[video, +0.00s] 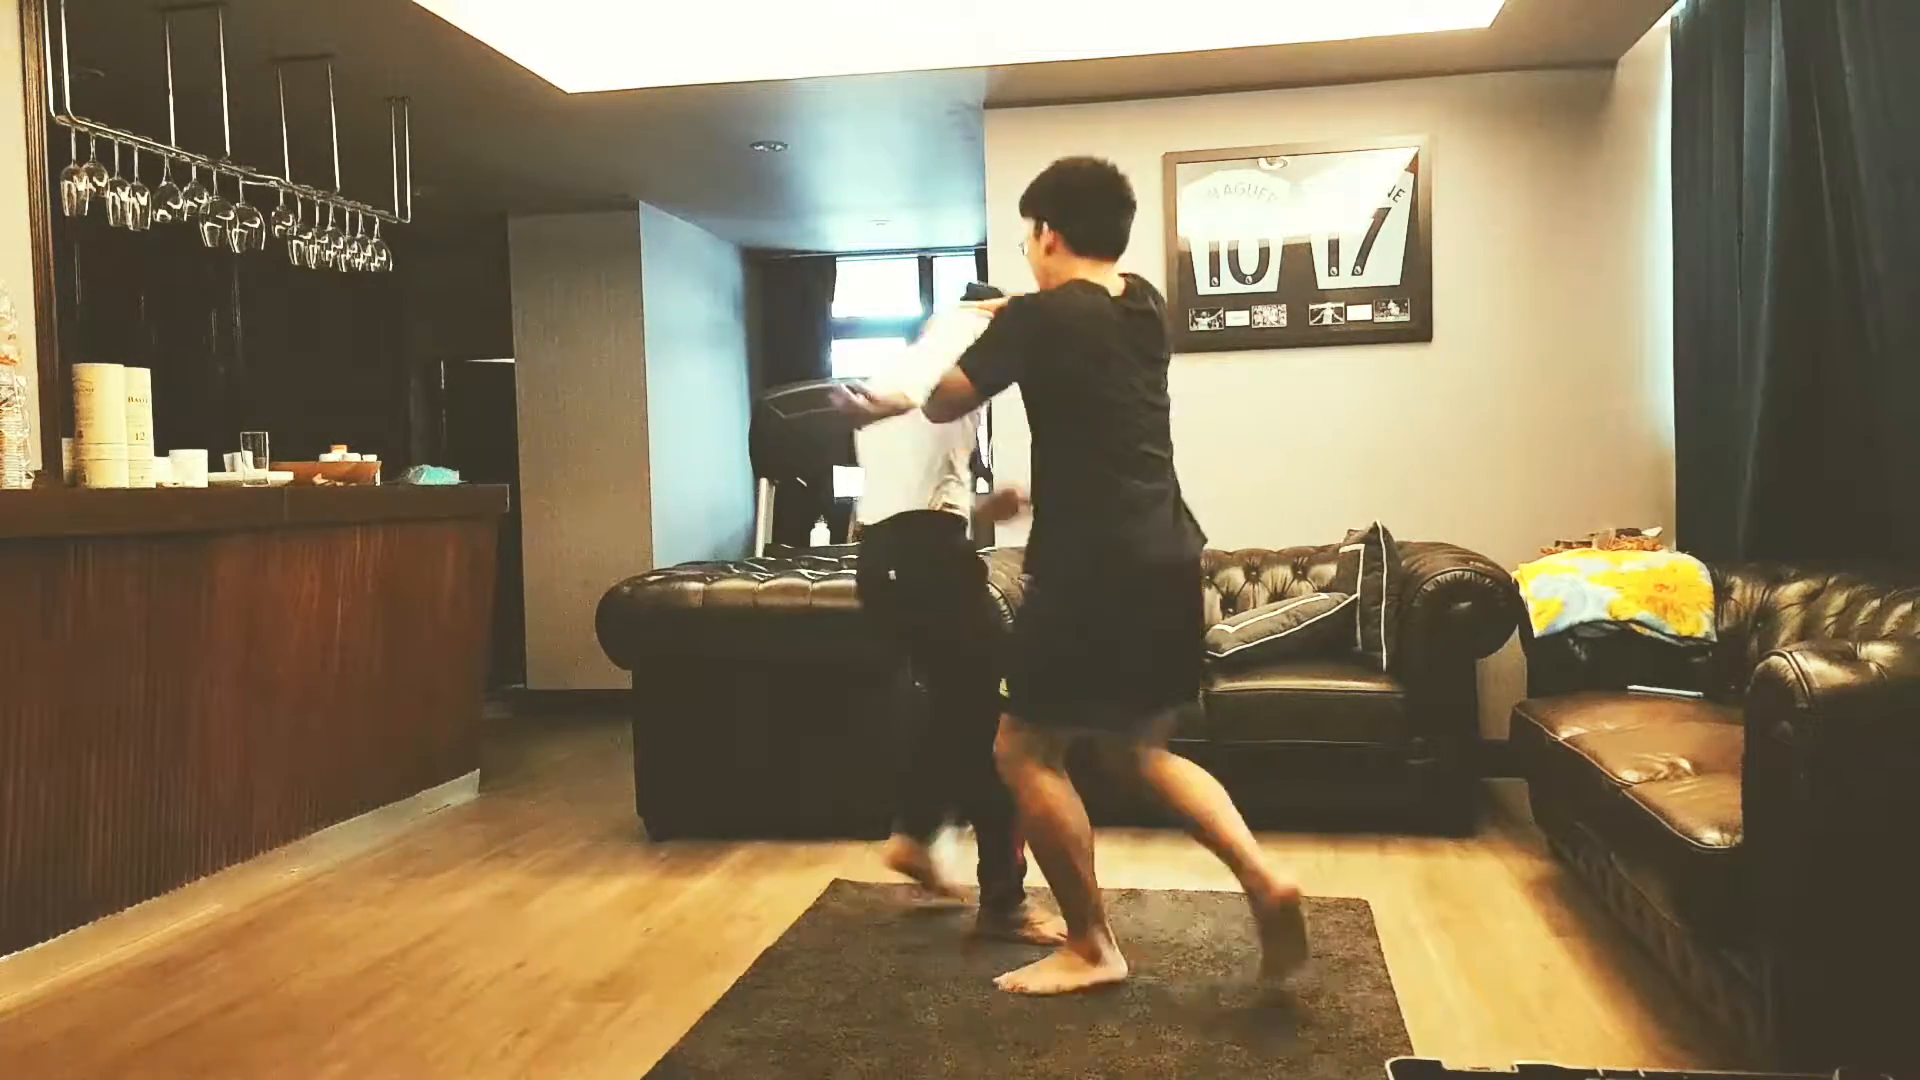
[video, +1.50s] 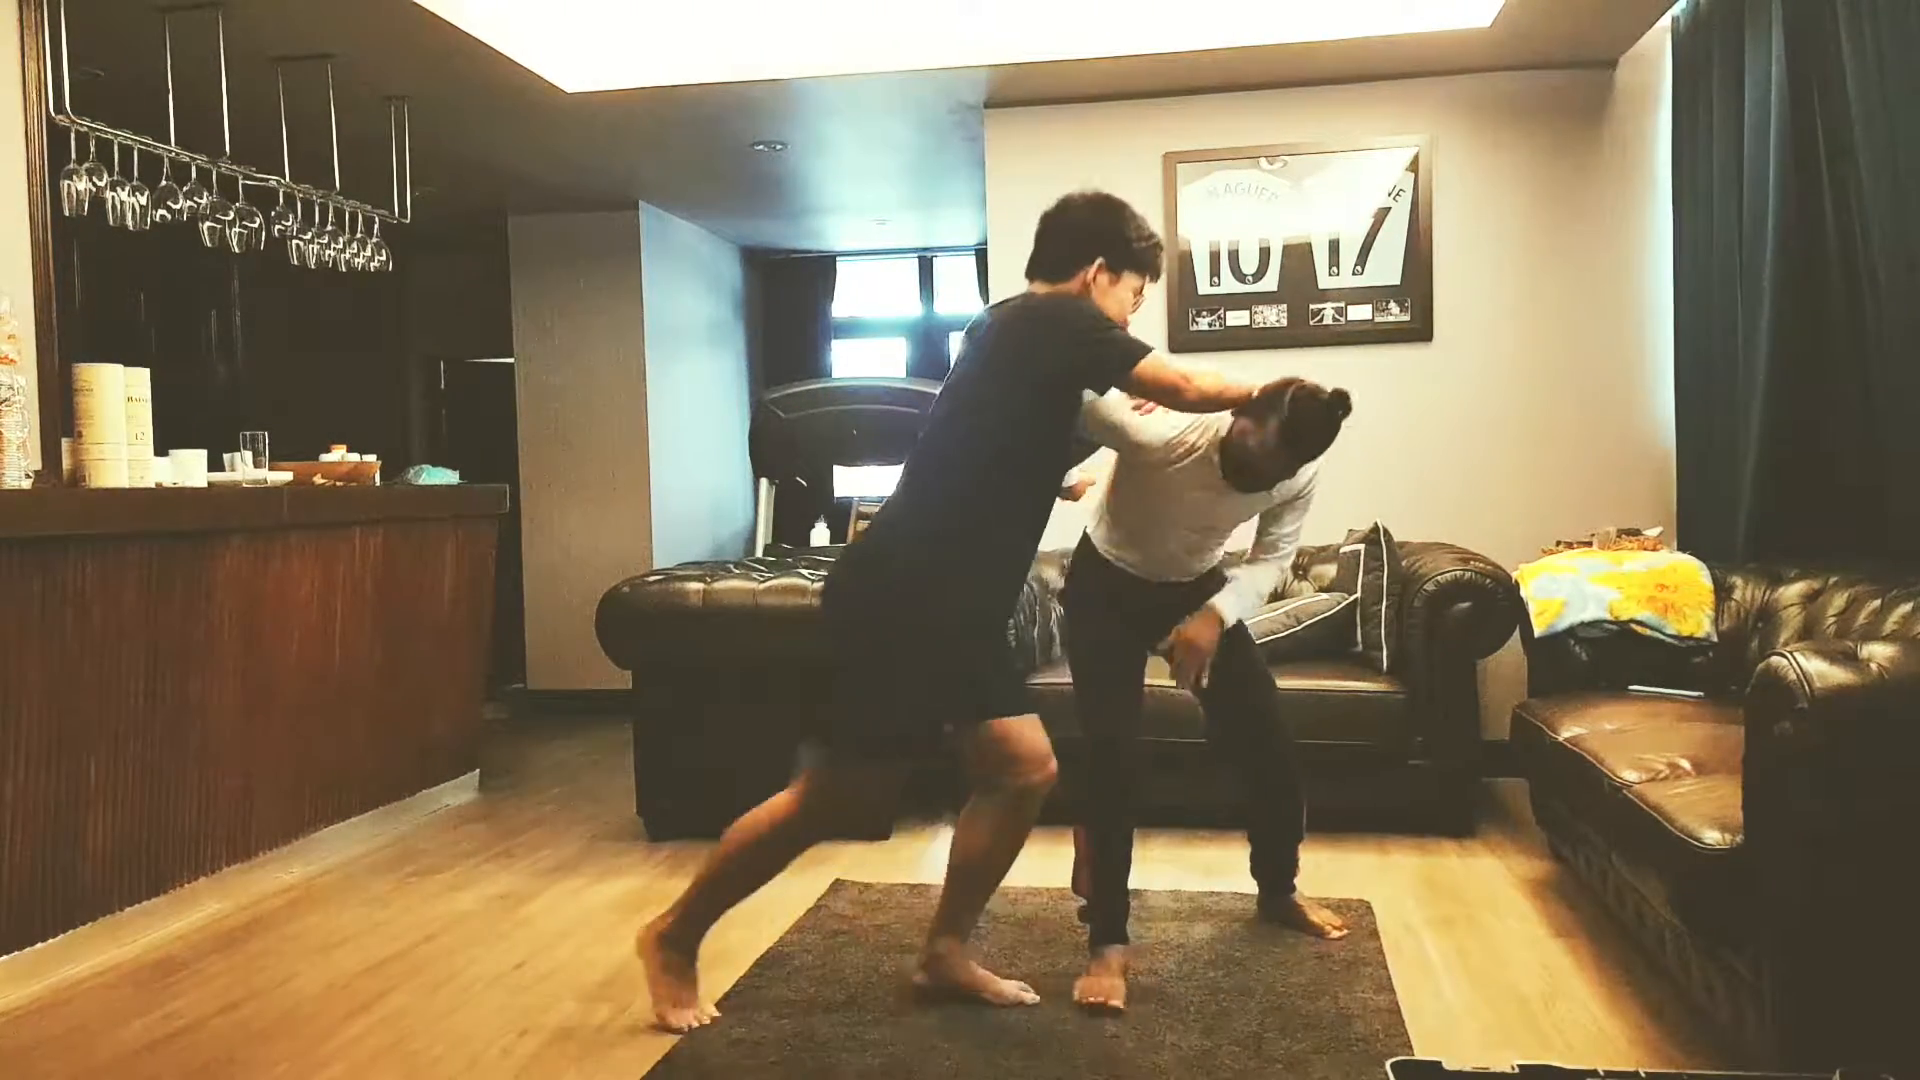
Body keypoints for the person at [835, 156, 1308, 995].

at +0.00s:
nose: (1028, 253)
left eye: (1029, 239)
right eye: (1030, 238)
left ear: (1049, 237)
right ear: (1115, 236)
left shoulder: (1036, 315)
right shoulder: (1145, 304)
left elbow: (946, 401)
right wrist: (1018, 313)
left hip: (1085, 563)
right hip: (1170, 558)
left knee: (1023, 751)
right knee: (1138, 748)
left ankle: (1091, 947)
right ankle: (1263, 879)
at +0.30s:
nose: (1108, 254)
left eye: (1099, 246)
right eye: (1106, 244)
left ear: (1011, 243)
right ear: (1096, 246)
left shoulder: (967, 336)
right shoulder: (1119, 294)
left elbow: (933, 460)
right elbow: (1183, 393)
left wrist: (899, 462)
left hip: (1010, 577)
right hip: (1120, 565)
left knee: (1010, 775)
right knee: (1184, 749)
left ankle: (977, 983)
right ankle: (1182, 915)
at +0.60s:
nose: (1098, 253)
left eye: (1098, 243)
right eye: (1098, 242)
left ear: (1005, 241)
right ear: (1080, 237)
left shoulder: (961, 319)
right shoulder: (1085, 286)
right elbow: (1204, 373)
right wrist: (1248, 399)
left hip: (950, 558)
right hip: (1044, 550)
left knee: (992, 773)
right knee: (1165, 677)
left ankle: (981, 980)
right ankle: (1112, 851)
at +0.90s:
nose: (1147, 308)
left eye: (1149, 298)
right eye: (1147, 296)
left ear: (1061, 282)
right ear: (1124, 286)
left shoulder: (1019, 335)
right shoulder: (1108, 325)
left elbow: (1081, 429)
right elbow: (1227, 392)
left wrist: (1152, 413)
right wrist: (1268, 388)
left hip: (928, 574)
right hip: (992, 579)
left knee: (1001, 790)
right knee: (1036, 806)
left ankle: (962, 978)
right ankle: (902, 1013)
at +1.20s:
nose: (1139, 312)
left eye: (1146, 297)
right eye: (1143, 291)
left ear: (1063, 262)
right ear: (1112, 266)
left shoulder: (1005, 319)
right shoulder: (1074, 315)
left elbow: (1020, 436)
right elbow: (1136, 424)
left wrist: (1100, 470)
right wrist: (1237, 463)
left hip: (927, 571)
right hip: (1003, 564)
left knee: (1008, 767)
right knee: (1185, 639)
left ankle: (967, 979)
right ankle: (1085, 799)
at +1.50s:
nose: (1135, 311)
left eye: (1139, 295)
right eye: (1134, 290)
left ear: (1067, 270)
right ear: (1094, 270)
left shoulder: (1011, 328)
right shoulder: (1059, 324)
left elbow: (986, 458)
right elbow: (1179, 385)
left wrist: (1066, 482)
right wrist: (1261, 388)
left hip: (950, 601)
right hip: (897, 595)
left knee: (1024, 769)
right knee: (845, 801)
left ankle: (947, 952)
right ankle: (671, 937)